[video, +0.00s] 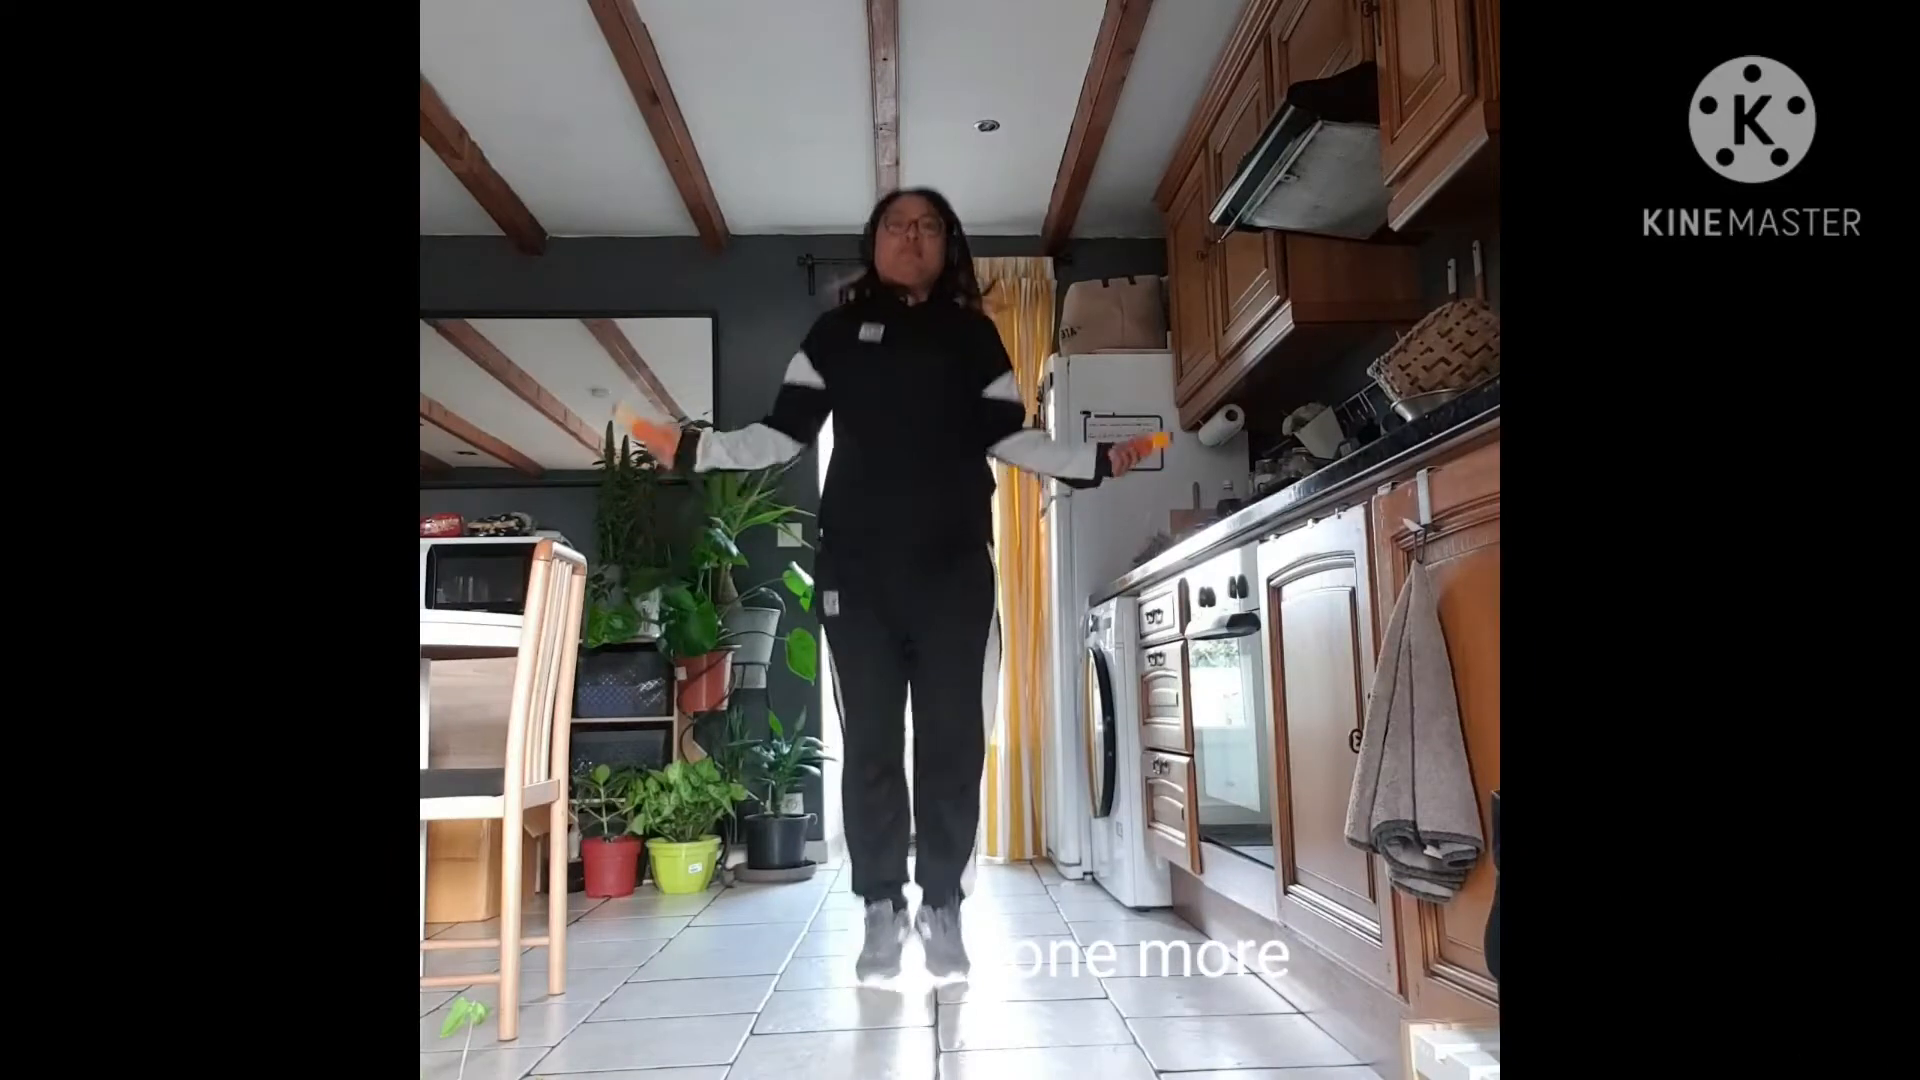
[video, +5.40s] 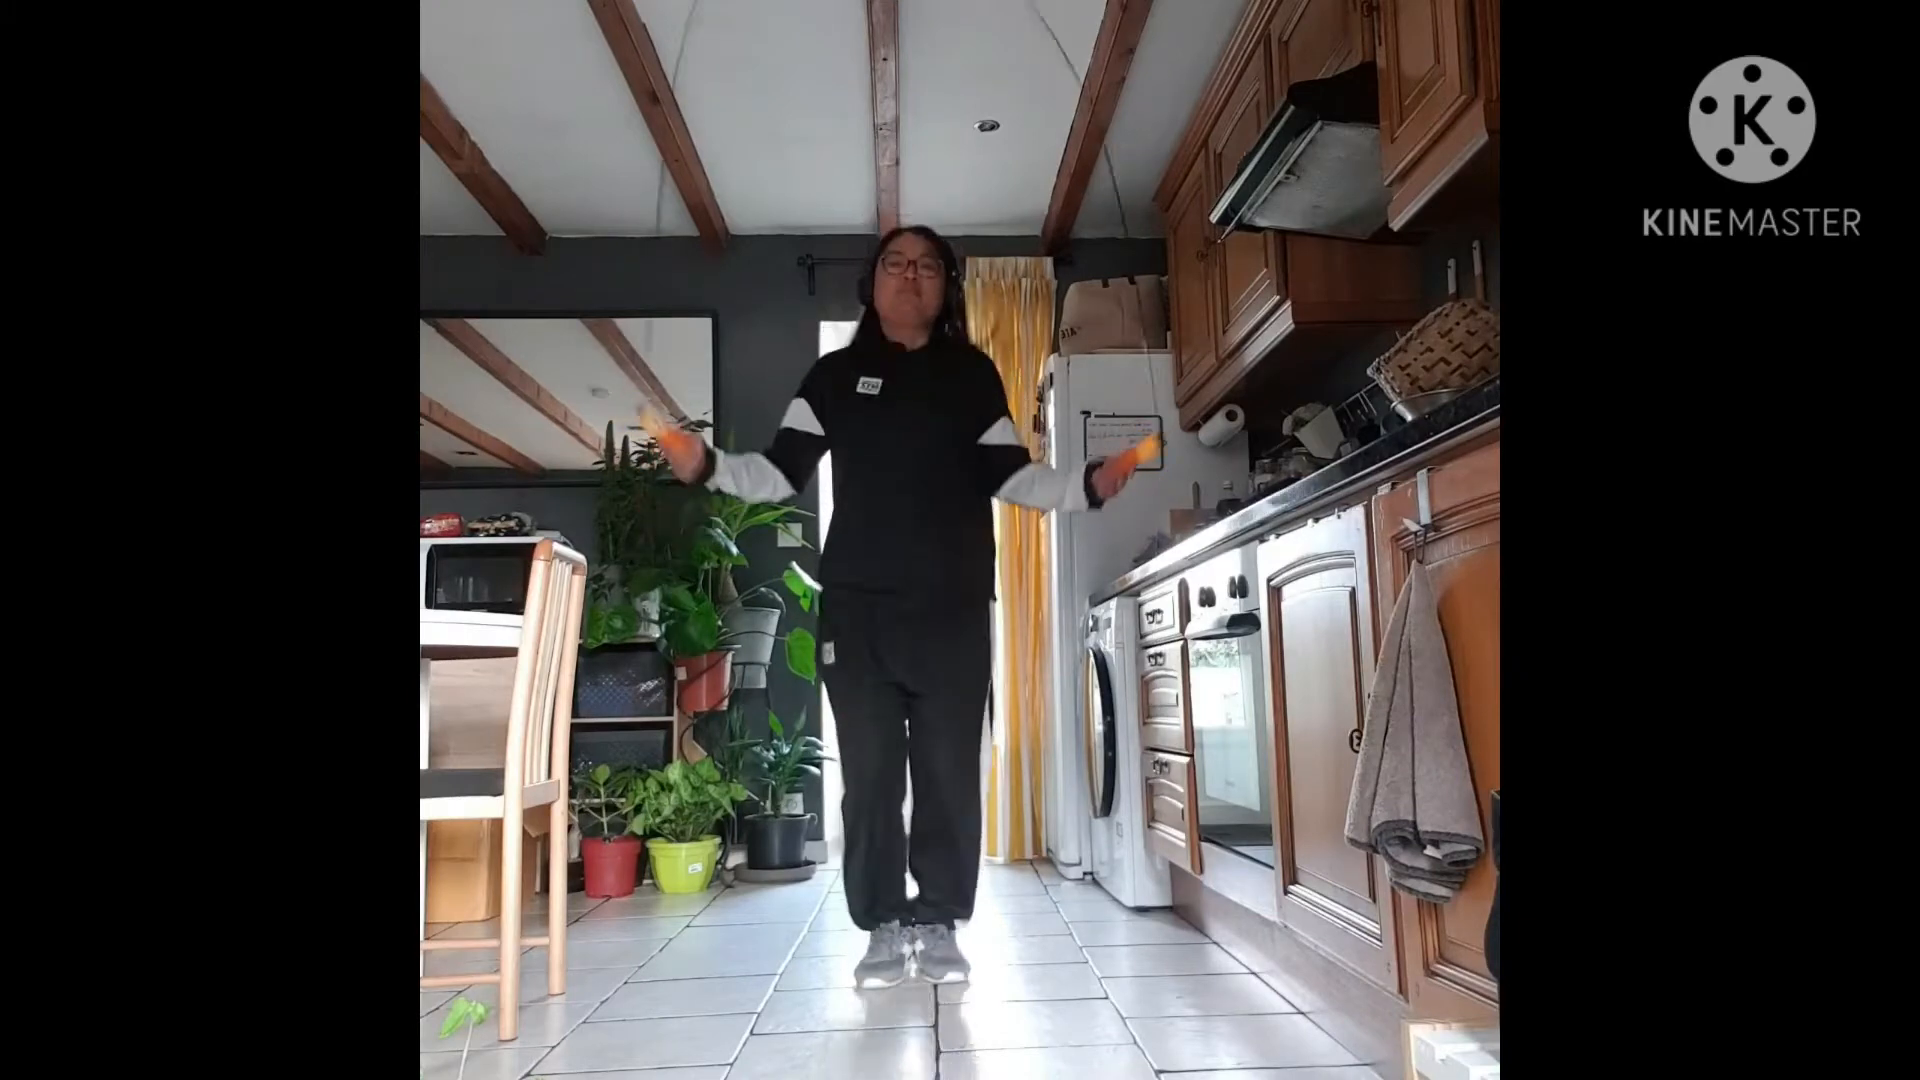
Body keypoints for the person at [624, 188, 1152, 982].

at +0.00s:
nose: (910, 236)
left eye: (926, 226)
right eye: (895, 225)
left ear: (949, 250)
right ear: (871, 247)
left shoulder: (972, 335)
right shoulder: (835, 332)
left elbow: (1009, 439)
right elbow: (784, 434)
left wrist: (1098, 460)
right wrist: (693, 446)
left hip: (953, 562)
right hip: (859, 561)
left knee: (952, 739)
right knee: (870, 740)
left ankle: (942, 909)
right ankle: (882, 912)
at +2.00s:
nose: (907, 229)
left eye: (923, 220)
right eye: (893, 217)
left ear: (946, 243)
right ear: (869, 238)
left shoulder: (971, 329)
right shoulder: (832, 327)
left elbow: (1015, 445)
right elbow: (790, 439)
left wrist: (1084, 506)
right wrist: (727, 494)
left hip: (950, 565)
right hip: (855, 563)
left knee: (947, 742)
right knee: (867, 743)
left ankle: (944, 909)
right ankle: (877, 906)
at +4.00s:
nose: (907, 253)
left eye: (923, 243)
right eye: (892, 242)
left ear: (947, 267)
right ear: (868, 264)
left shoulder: (971, 355)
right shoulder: (831, 353)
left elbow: (1006, 454)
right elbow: (777, 448)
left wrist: (1088, 459)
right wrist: (695, 436)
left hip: (952, 582)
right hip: (856, 581)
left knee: (951, 753)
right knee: (868, 755)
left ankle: (944, 922)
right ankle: (880, 926)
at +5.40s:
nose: (908, 275)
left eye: (925, 265)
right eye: (895, 263)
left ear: (947, 287)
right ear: (871, 283)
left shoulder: (971, 372)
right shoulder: (839, 372)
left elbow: (1008, 474)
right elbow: (780, 472)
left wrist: (1087, 484)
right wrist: (708, 464)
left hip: (952, 597)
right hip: (858, 595)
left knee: (946, 764)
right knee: (871, 766)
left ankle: (940, 924)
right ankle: (885, 925)